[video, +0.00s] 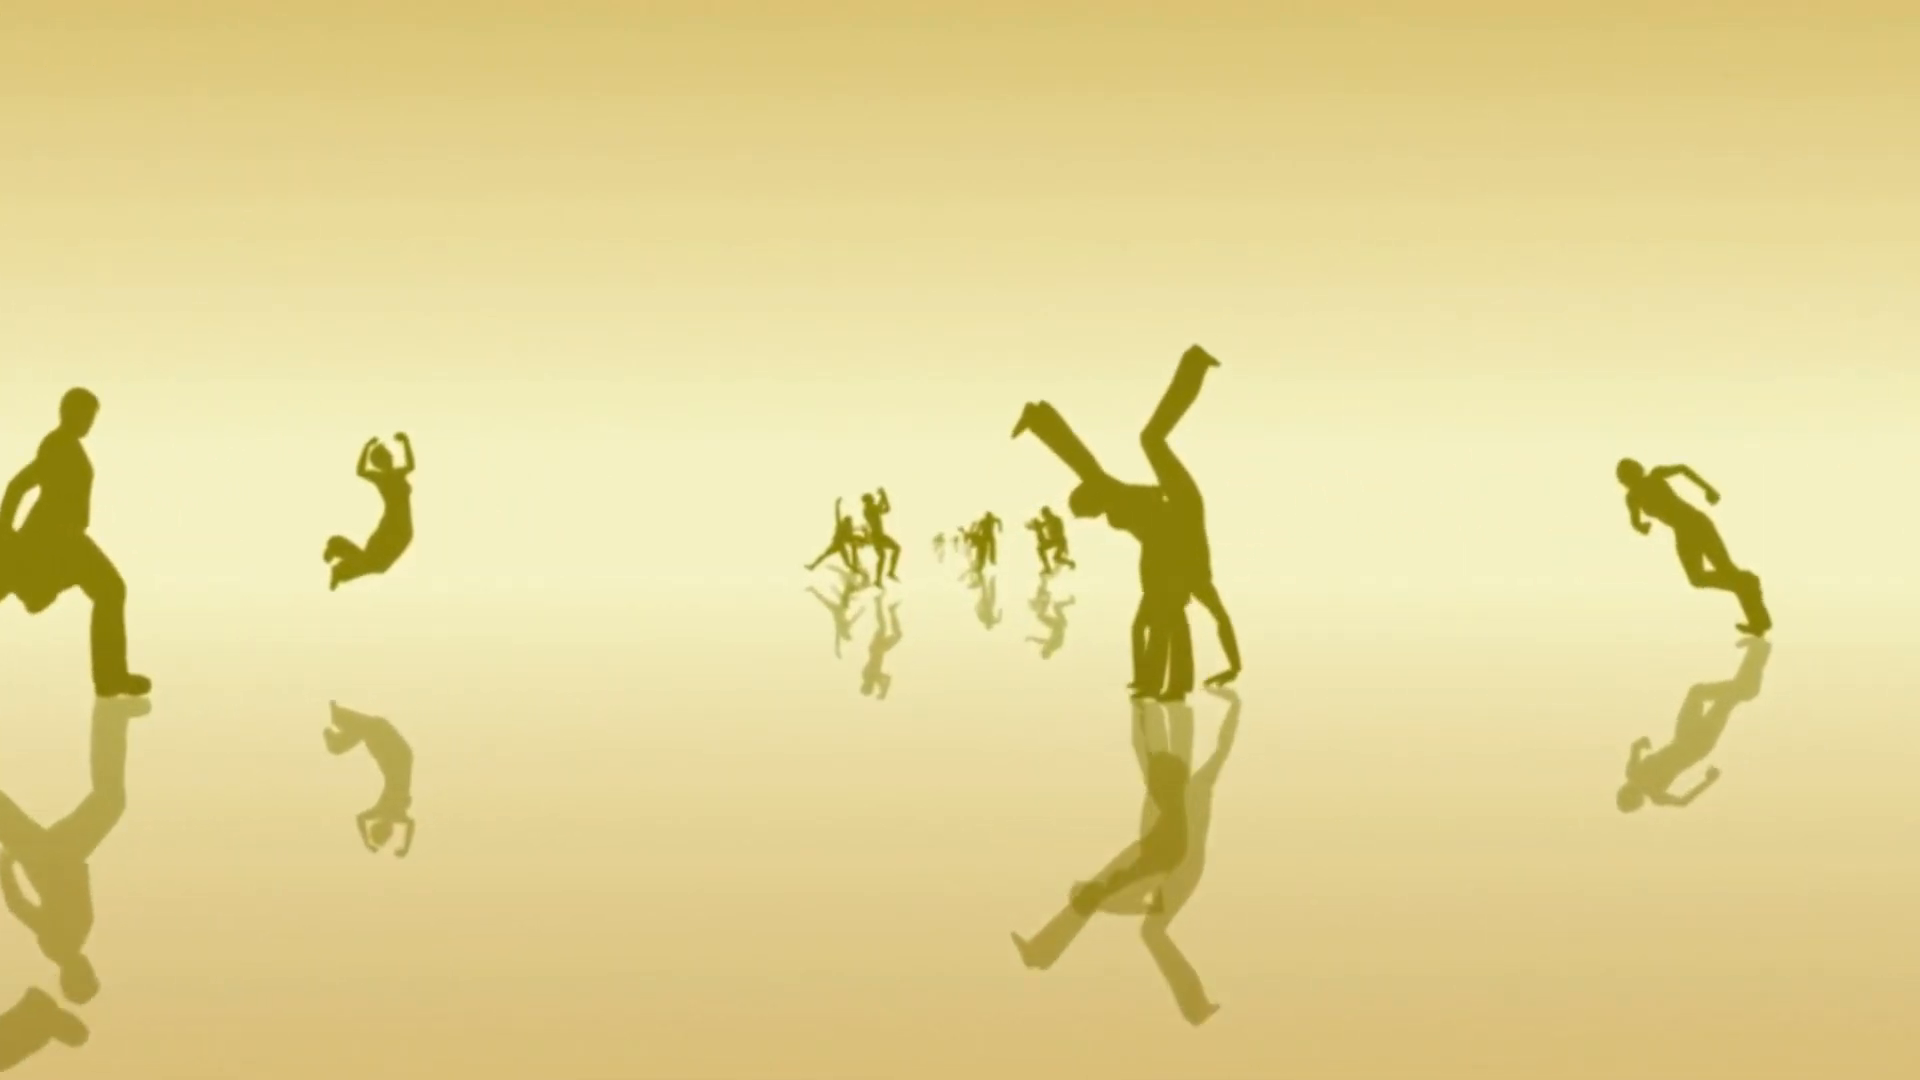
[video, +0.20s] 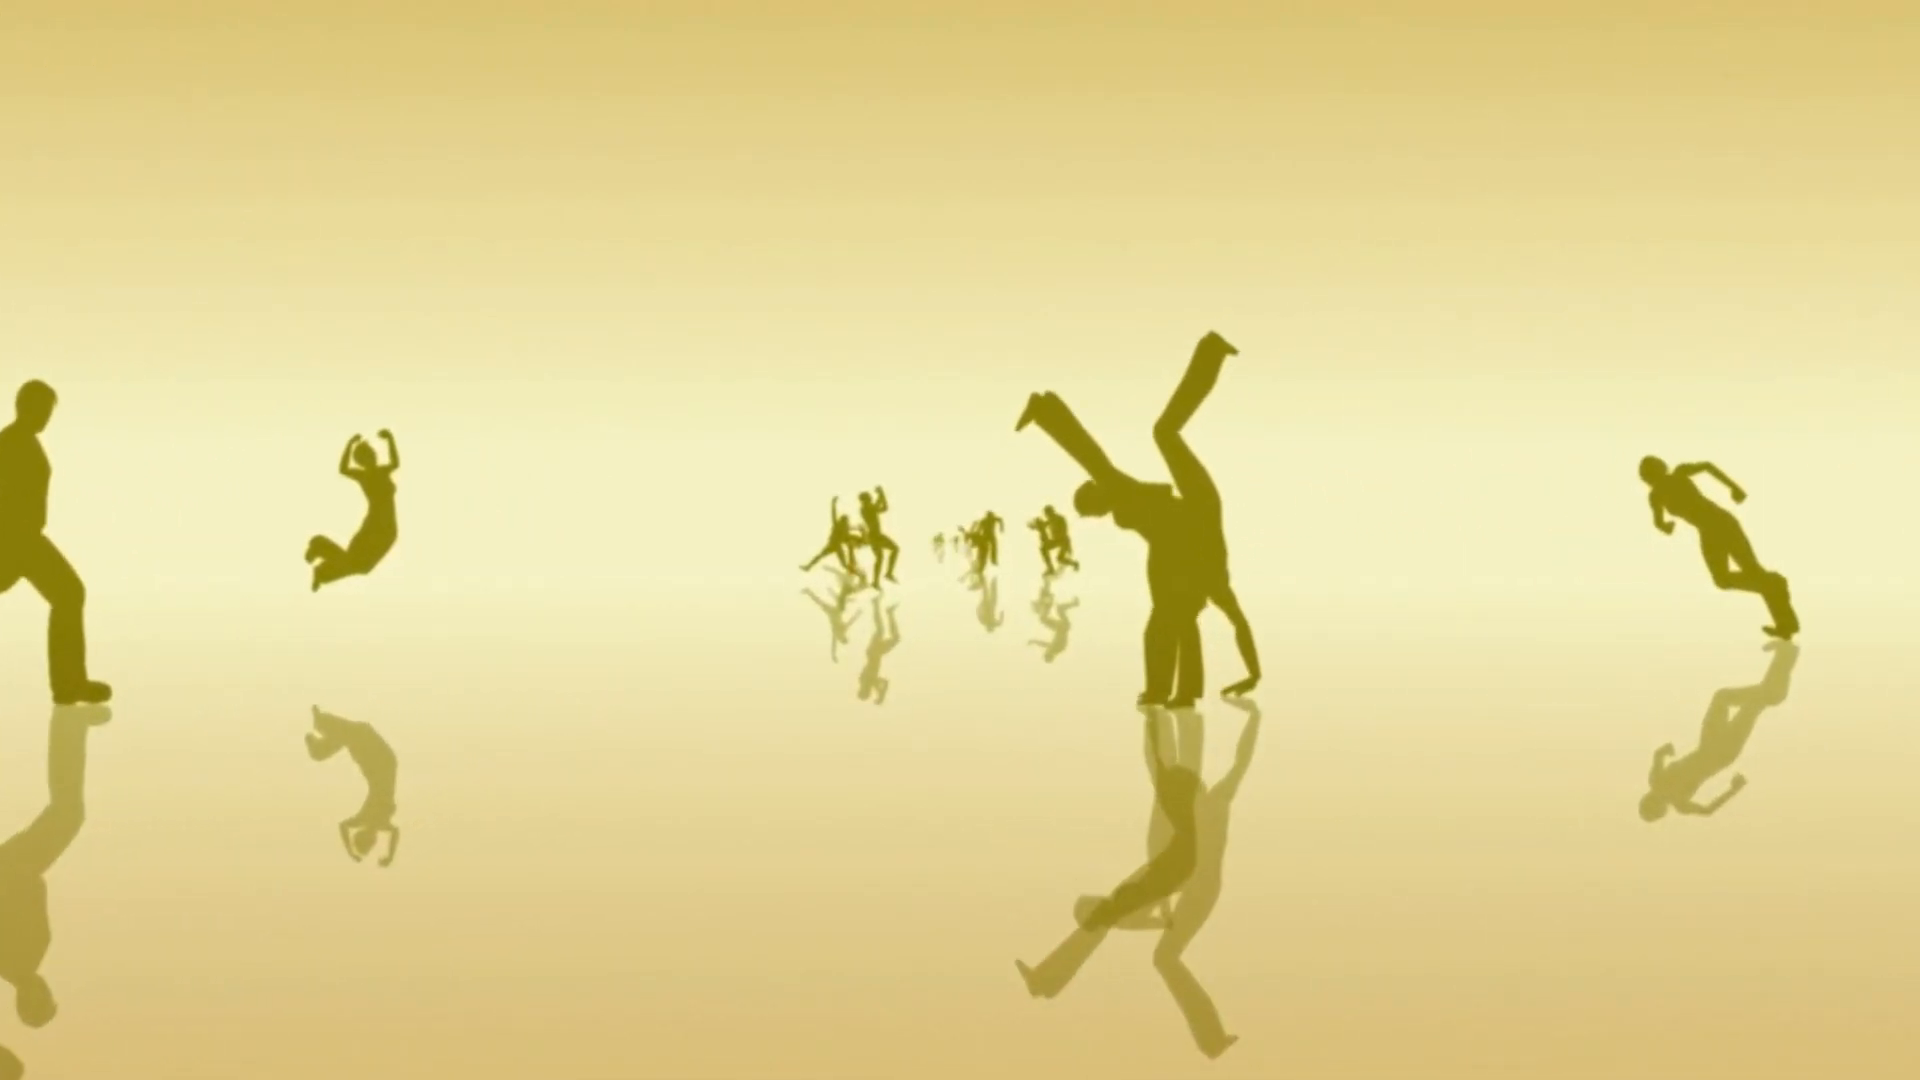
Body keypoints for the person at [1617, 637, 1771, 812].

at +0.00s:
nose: (1635, 802)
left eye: (1631, 801)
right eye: (1633, 804)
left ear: (1627, 790)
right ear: (1635, 801)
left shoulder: (1633, 774)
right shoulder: (1656, 796)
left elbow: (1634, 752)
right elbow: (1682, 802)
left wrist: (1640, 745)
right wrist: (1708, 782)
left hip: (1683, 737)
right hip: (1698, 747)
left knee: (1695, 693)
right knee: (1727, 702)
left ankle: (1738, 688)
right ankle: (1758, 650)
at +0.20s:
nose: (1660, 813)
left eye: (1655, 812)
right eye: (1657, 815)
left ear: (1651, 801)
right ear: (1659, 810)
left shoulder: (1656, 782)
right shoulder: (1681, 804)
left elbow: (1657, 759)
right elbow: (1707, 811)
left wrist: (1663, 751)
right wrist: (1734, 790)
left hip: (1708, 744)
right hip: (1724, 753)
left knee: (1720, 698)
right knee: (1755, 706)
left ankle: (1765, 692)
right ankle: (1786, 652)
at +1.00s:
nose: (1767, 846)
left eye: (1762, 846)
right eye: (1766, 850)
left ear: (1758, 838)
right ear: (1769, 850)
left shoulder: (1765, 818)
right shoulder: (1793, 845)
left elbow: (1767, 789)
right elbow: (1824, 853)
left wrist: (1776, 783)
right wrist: (1855, 828)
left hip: (1826, 773)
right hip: (1845, 787)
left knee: (1840, 722)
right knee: (1879, 729)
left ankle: (1890, 716)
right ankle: (1911, 666)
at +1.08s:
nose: (1787, 858)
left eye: (1781, 857)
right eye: (1785, 860)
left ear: (1776, 846)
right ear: (1787, 859)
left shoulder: (1784, 826)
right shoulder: (1813, 854)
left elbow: (1786, 798)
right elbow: (1846, 859)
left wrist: (1794, 789)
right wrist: (1875, 835)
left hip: (1846, 780)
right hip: (1866, 793)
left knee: (1861, 726)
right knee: (1896, 738)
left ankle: (1908, 718)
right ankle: (1912, 722)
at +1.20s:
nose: (1802, 866)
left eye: (1796, 864)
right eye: (1799, 868)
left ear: (1790, 853)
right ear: (1801, 865)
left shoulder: (1797, 828)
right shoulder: (1826, 857)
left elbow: (1800, 798)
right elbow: (1858, 865)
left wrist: (1809, 792)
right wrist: (1890, 841)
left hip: (1860, 784)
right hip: (1879, 798)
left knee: (1876, 727)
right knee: (1909, 744)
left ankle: (1915, 723)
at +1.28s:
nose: (1821, 870)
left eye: (1815, 869)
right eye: (1819, 874)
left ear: (1809, 859)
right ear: (1821, 875)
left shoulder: (1817, 835)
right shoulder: (1848, 866)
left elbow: (1821, 804)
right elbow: (1882, 873)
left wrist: (1831, 798)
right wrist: (1910, 850)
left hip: (1882, 789)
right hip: (1903, 803)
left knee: (1898, 731)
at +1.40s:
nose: (1837, 882)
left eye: (1830, 877)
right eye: (1833, 885)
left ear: (1826, 864)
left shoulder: (1832, 841)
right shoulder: (1865, 872)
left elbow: (1836, 809)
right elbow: (1896, 878)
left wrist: (1845, 801)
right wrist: (1915, 863)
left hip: (1897, 800)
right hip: (1910, 814)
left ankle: (1915, 729)